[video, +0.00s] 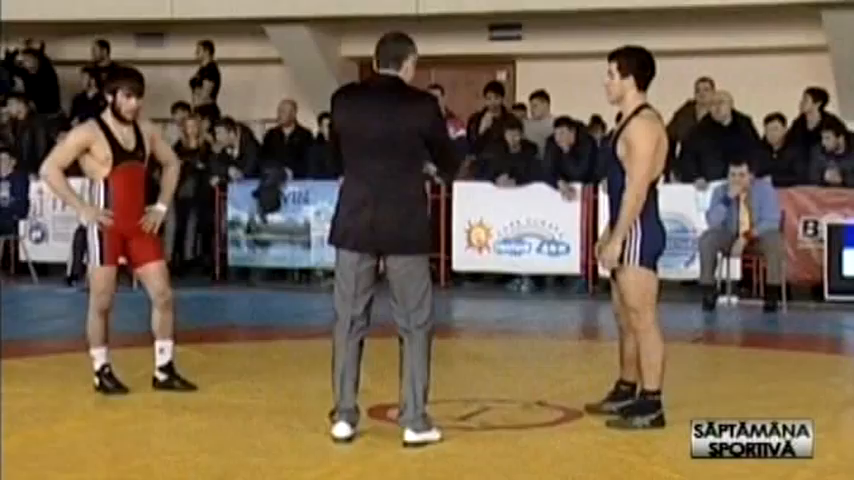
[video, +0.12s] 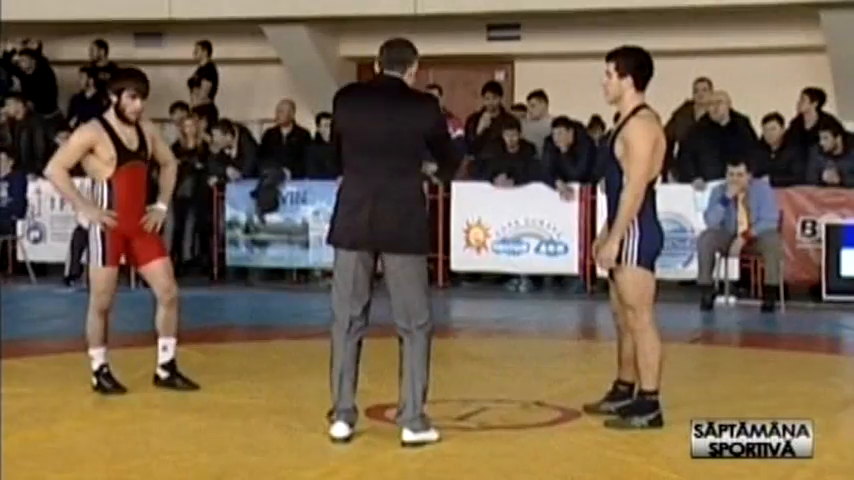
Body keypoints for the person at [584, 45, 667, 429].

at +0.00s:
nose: (606, 82)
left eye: (612, 75)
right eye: (607, 75)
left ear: (631, 79)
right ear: (628, 80)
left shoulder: (643, 125)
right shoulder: (627, 123)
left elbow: (637, 189)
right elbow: (624, 186)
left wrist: (617, 237)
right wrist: (611, 235)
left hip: (639, 227)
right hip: (624, 224)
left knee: (641, 315)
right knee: (625, 313)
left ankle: (650, 398)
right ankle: (628, 384)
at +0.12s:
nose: (604, 83)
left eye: (610, 75)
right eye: (605, 75)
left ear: (629, 80)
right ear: (626, 81)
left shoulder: (641, 125)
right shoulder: (625, 123)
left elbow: (636, 188)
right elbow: (621, 186)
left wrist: (615, 237)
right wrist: (608, 234)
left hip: (637, 227)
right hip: (622, 224)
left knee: (638, 314)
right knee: (622, 312)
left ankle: (648, 397)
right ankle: (626, 384)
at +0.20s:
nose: (603, 83)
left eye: (609, 75)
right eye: (604, 75)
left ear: (628, 80)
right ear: (626, 80)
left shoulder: (640, 125)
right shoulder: (625, 123)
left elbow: (635, 187)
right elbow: (621, 186)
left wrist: (614, 237)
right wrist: (607, 234)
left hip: (636, 227)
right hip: (622, 224)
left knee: (637, 314)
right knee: (621, 311)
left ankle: (647, 397)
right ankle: (626, 384)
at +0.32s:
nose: (600, 84)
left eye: (605, 76)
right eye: (601, 76)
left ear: (624, 80)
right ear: (625, 80)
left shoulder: (639, 125)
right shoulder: (624, 123)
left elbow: (635, 188)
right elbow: (620, 187)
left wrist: (614, 238)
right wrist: (606, 234)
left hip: (634, 228)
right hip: (620, 225)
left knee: (633, 314)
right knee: (620, 311)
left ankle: (646, 397)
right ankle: (625, 383)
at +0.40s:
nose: (598, 86)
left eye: (603, 78)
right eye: (599, 78)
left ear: (622, 82)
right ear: (624, 82)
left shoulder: (638, 126)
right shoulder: (623, 124)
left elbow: (635, 189)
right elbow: (618, 188)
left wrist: (613, 239)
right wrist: (605, 235)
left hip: (633, 229)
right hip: (618, 226)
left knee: (632, 313)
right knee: (618, 311)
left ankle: (646, 398)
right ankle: (625, 384)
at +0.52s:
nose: (591, 88)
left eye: (595, 81)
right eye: (592, 80)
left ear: (614, 83)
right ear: (618, 83)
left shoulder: (635, 127)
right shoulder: (620, 125)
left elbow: (635, 190)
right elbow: (616, 189)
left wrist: (612, 239)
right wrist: (600, 233)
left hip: (630, 231)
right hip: (614, 228)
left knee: (630, 318)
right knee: (610, 315)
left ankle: (646, 399)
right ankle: (622, 385)